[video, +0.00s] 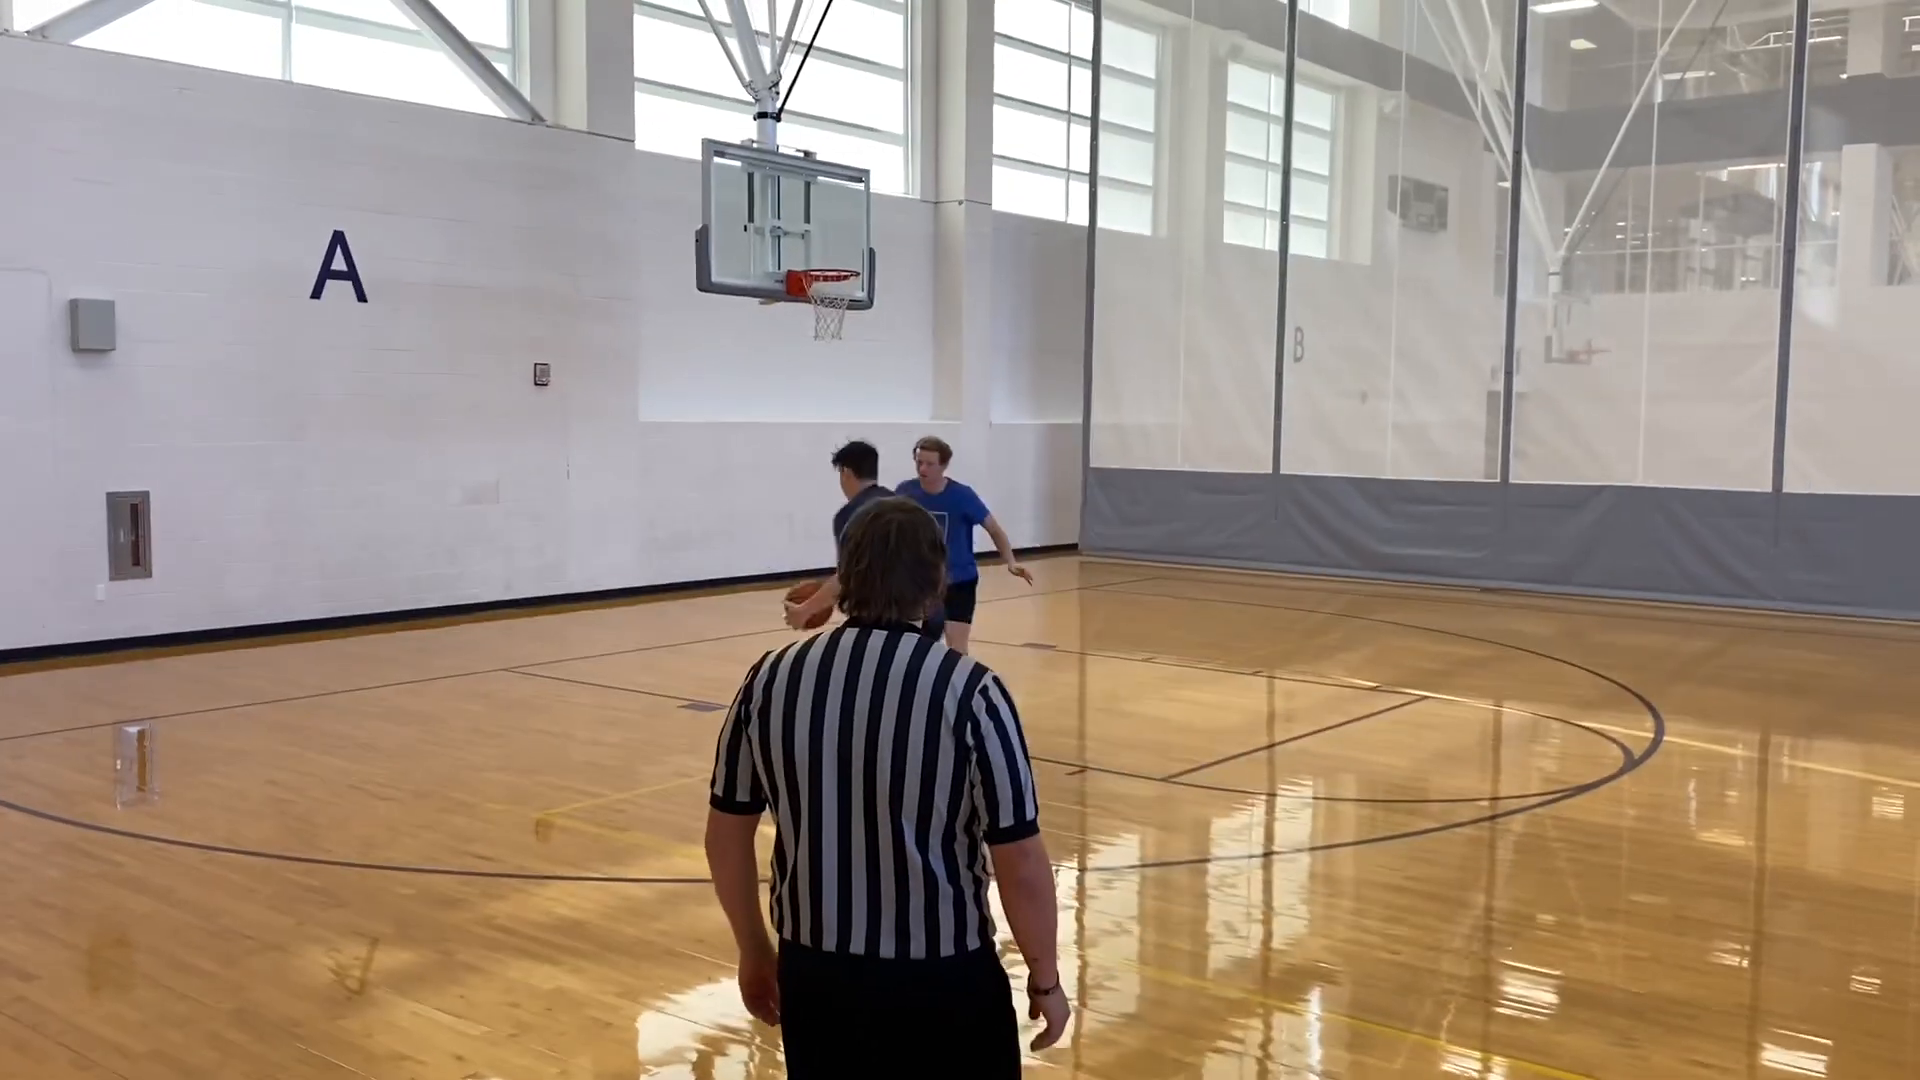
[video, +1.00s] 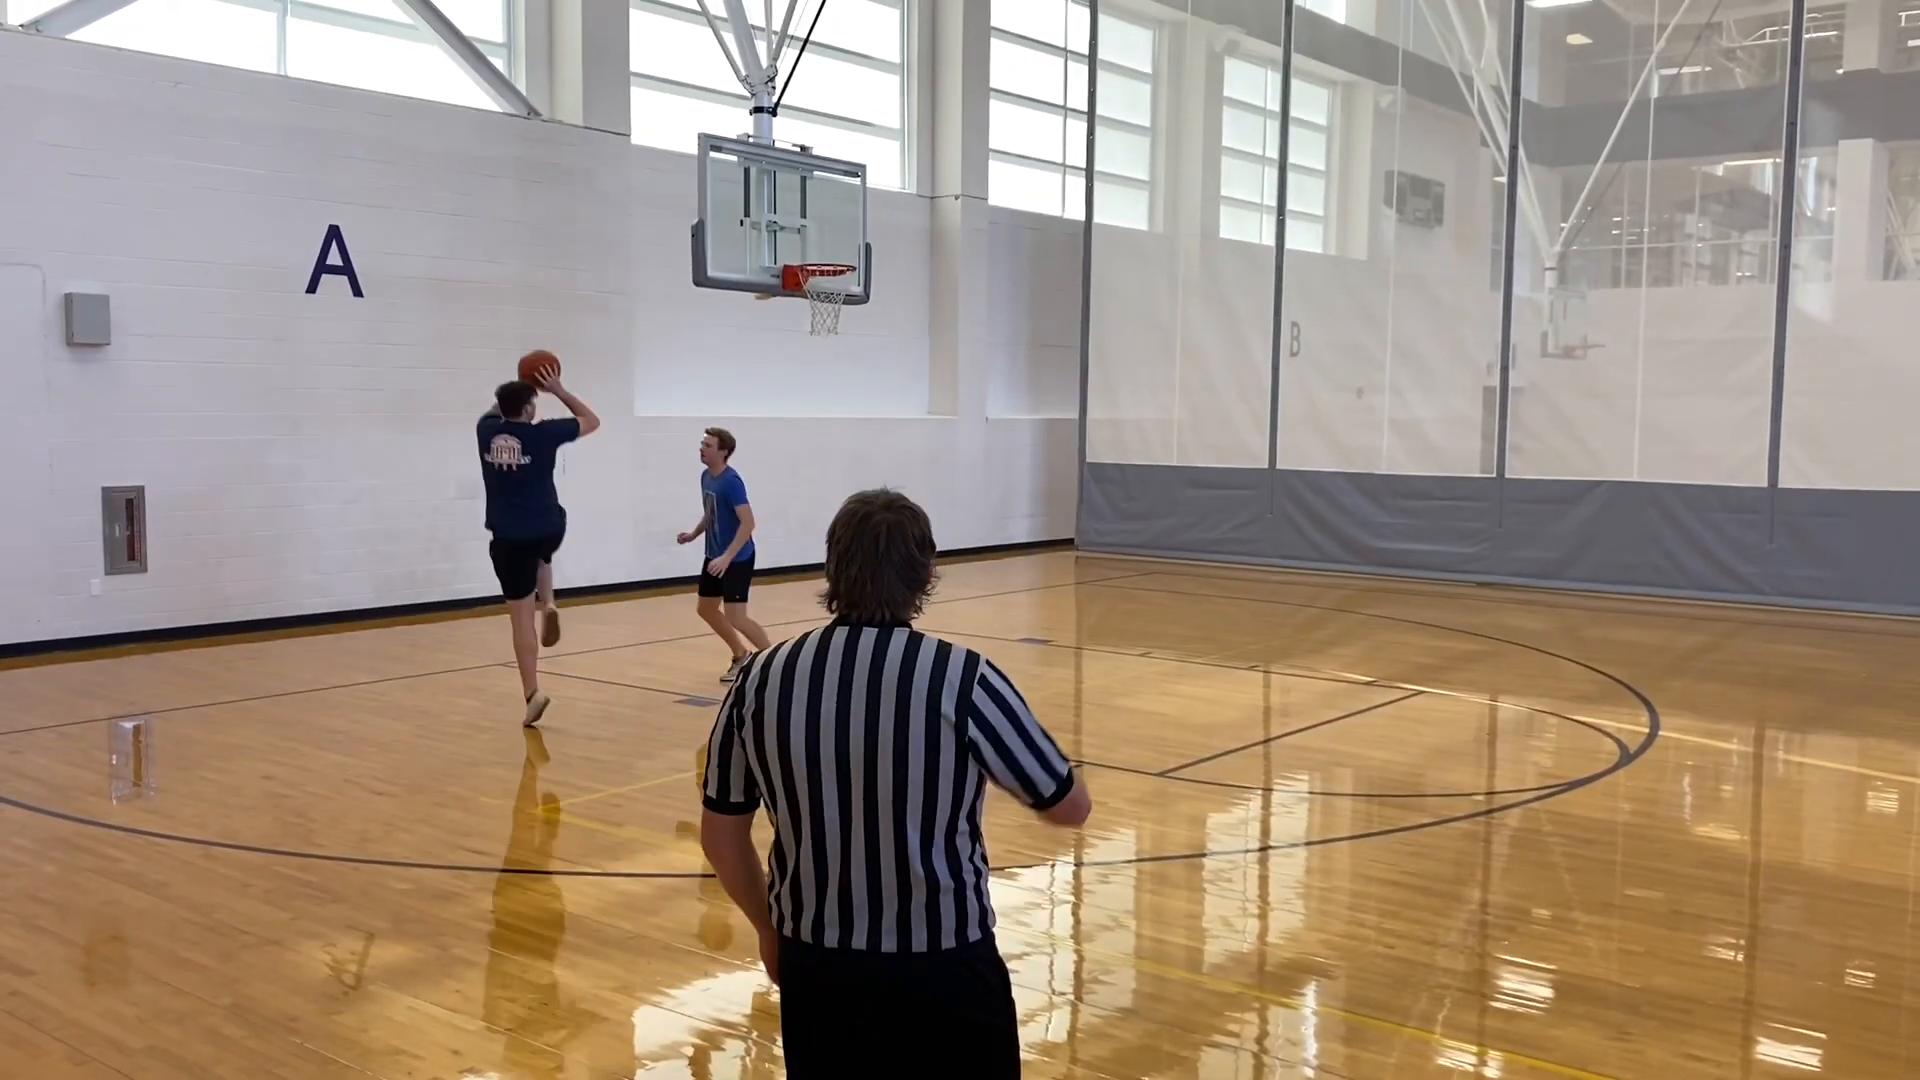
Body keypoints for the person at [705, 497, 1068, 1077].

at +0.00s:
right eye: (945, 576)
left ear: (846, 578)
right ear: (937, 585)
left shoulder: (772, 676)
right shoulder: (971, 690)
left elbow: (726, 832)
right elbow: (1020, 861)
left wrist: (752, 947)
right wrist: (1045, 975)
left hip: (817, 984)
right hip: (949, 988)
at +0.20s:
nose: (941, 577)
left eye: (938, 564)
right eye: (939, 565)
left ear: (844, 565)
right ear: (929, 574)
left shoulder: (768, 669)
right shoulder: (968, 683)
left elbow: (723, 828)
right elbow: (1017, 854)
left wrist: (757, 939)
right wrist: (1038, 961)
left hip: (812, 976)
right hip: (945, 979)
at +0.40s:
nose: (940, 569)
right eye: (936, 557)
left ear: (841, 565)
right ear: (931, 569)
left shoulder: (768, 670)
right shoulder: (969, 680)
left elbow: (723, 829)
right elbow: (1019, 849)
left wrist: (757, 937)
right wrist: (1036, 949)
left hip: (815, 974)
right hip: (947, 977)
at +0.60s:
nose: (940, 569)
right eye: (937, 557)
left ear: (841, 565)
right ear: (931, 569)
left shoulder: (766, 670)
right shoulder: (969, 680)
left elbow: (721, 829)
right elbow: (1020, 854)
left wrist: (755, 939)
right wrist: (1026, 941)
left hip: (813, 973)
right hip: (945, 975)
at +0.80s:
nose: (940, 569)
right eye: (936, 558)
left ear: (842, 565)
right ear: (931, 569)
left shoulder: (766, 672)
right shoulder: (971, 680)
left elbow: (721, 831)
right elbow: (1025, 853)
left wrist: (758, 936)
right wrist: (1014, 924)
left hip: (814, 974)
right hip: (948, 975)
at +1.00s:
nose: (930, 571)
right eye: (928, 560)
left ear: (832, 569)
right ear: (923, 574)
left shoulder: (760, 679)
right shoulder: (963, 677)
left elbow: (721, 833)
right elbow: (1070, 807)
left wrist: (767, 924)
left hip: (817, 980)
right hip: (949, 978)